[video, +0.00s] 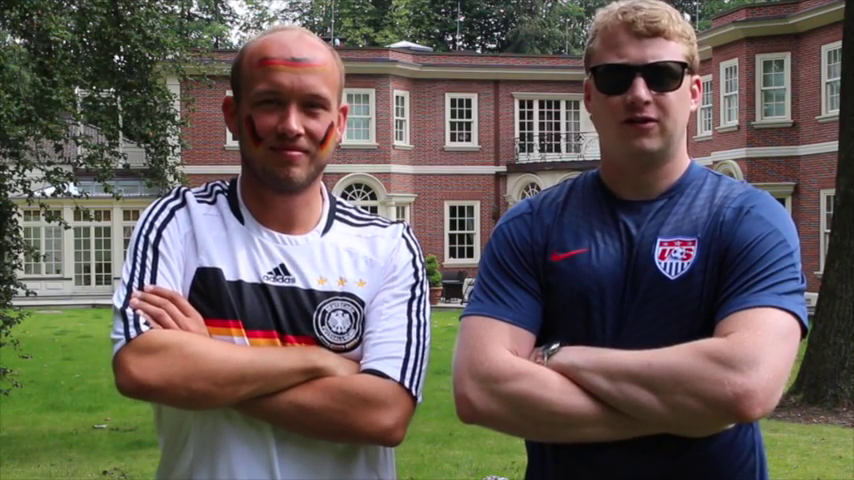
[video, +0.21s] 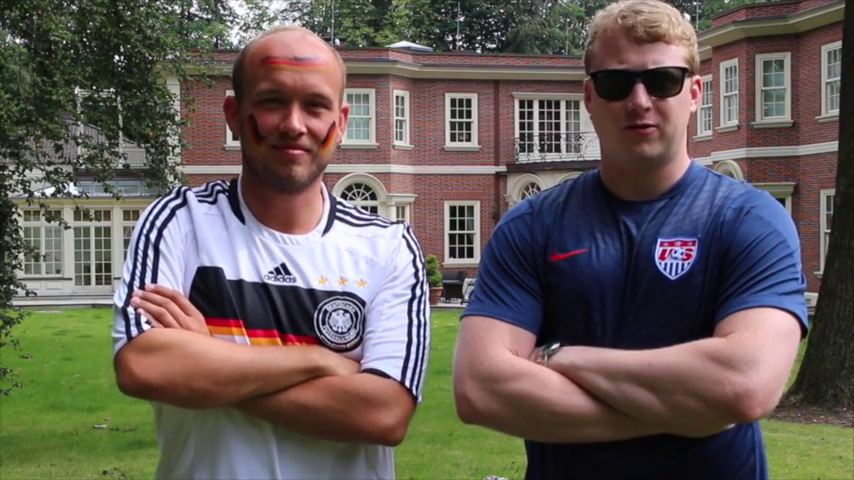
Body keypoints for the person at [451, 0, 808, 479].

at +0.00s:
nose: (639, 94)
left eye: (661, 76)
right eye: (615, 77)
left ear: (694, 92)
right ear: (589, 96)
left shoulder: (750, 219)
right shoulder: (529, 227)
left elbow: (746, 387)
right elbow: (479, 390)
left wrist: (557, 360)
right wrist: (672, 410)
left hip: (713, 473)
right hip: (564, 473)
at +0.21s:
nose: (639, 101)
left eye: (661, 81)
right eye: (615, 83)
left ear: (694, 93)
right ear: (589, 98)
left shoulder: (750, 219)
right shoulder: (530, 227)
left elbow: (745, 387)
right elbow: (480, 390)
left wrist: (559, 360)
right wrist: (672, 410)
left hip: (714, 473)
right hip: (565, 473)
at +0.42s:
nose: (640, 98)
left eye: (662, 78)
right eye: (617, 80)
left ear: (696, 93)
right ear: (590, 96)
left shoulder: (751, 220)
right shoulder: (530, 227)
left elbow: (747, 388)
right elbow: (481, 391)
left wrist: (559, 361)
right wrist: (675, 411)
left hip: (715, 473)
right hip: (566, 473)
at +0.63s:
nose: (643, 99)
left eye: (665, 79)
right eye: (619, 81)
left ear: (698, 92)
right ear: (591, 97)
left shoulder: (754, 220)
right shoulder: (532, 227)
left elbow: (750, 388)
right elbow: (484, 391)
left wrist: (561, 361)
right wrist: (678, 411)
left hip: (717, 473)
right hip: (568, 473)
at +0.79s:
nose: (646, 98)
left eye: (668, 78)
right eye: (622, 80)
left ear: (701, 92)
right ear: (594, 96)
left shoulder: (756, 221)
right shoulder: (534, 227)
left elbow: (753, 388)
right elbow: (486, 391)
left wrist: (564, 361)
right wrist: (679, 412)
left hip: (718, 473)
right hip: (570, 473)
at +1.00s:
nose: (648, 97)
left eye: (670, 78)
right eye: (624, 80)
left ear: (703, 91)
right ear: (596, 95)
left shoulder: (758, 221)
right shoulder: (536, 227)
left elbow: (756, 389)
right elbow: (488, 391)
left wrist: (566, 361)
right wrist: (682, 413)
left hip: (719, 473)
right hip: (571, 473)